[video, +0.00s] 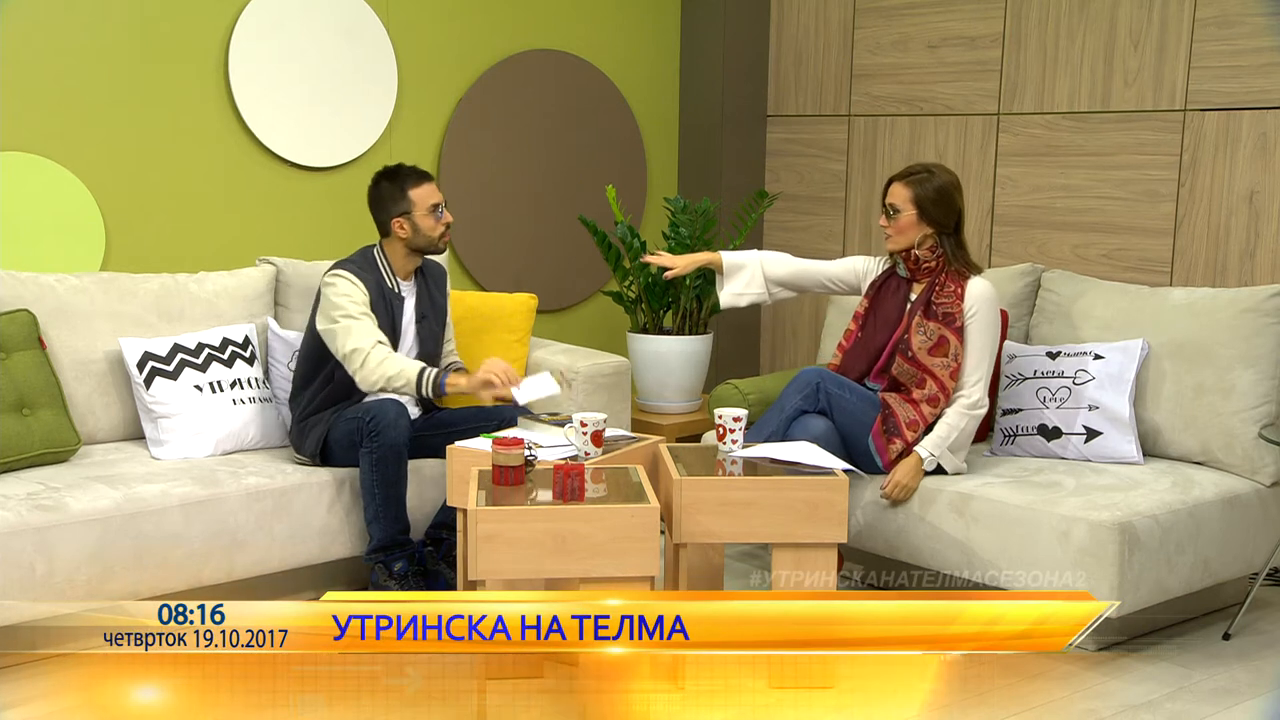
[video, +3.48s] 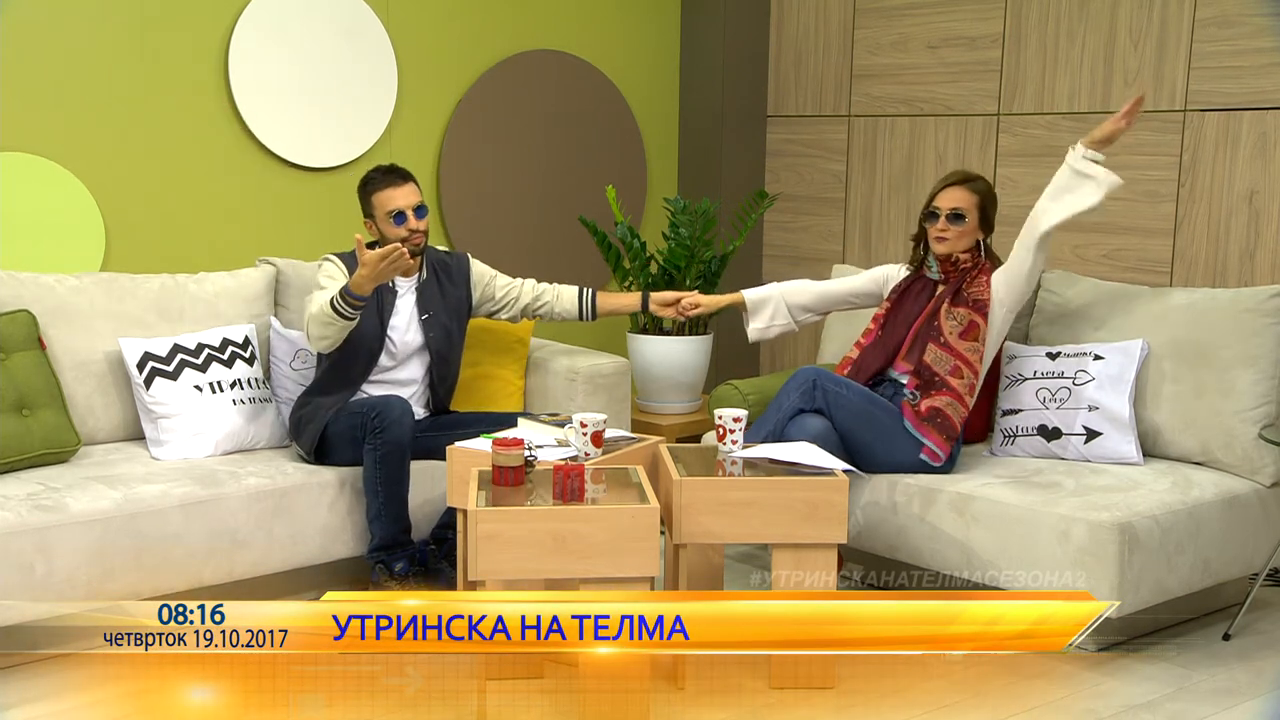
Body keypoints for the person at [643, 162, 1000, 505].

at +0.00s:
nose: (883, 222)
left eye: (895, 213)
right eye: (885, 212)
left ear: (931, 222)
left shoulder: (974, 293)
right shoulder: (882, 270)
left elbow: (971, 398)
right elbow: (799, 271)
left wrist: (921, 459)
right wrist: (704, 259)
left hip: (914, 439)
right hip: (861, 422)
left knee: (816, 379)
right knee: (810, 429)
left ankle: (728, 469)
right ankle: (804, 571)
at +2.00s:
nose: (883, 222)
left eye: (895, 214)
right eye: (885, 212)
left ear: (932, 222)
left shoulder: (974, 294)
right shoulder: (881, 271)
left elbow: (972, 399)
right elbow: (797, 273)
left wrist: (922, 460)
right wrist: (705, 263)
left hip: (914, 439)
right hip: (861, 421)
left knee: (817, 379)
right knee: (811, 429)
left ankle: (727, 465)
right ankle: (802, 570)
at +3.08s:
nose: (917, 223)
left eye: (933, 214)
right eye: (914, 213)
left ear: (964, 227)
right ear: (907, 219)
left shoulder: (989, 295)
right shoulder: (890, 276)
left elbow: (1002, 372)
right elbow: (807, 290)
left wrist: (971, 429)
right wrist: (714, 295)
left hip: (922, 436)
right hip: (864, 421)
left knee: (813, 380)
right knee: (809, 431)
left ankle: (734, 468)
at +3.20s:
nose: (927, 223)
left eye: (943, 216)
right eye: (922, 213)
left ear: (972, 227)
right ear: (914, 219)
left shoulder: (991, 294)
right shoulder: (897, 279)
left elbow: (1032, 316)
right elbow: (811, 295)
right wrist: (716, 302)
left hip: (926, 440)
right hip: (868, 423)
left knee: (812, 380)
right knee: (809, 429)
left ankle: (732, 475)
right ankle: (804, 571)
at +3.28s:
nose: (934, 223)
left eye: (949, 216)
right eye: (928, 214)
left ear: (976, 229)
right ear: (918, 222)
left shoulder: (994, 292)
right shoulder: (896, 282)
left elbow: (1044, 276)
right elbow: (810, 294)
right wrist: (718, 303)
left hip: (924, 440)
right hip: (865, 422)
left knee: (812, 381)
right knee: (810, 432)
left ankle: (734, 472)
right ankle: (802, 570)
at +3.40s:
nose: (939, 226)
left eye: (954, 217)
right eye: (933, 216)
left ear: (981, 229)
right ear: (923, 224)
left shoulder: (996, 293)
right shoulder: (900, 280)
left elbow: (1040, 241)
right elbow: (816, 292)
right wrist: (723, 300)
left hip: (923, 436)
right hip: (865, 418)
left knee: (812, 380)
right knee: (800, 430)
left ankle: (739, 459)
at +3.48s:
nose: (941, 225)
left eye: (956, 217)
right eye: (934, 215)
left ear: (983, 228)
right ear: (925, 222)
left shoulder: (998, 291)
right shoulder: (901, 280)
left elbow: (1039, 232)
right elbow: (816, 296)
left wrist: (1090, 150)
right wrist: (724, 300)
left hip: (924, 433)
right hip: (863, 415)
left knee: (812, 381)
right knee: (805, 438)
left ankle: (741, 458)